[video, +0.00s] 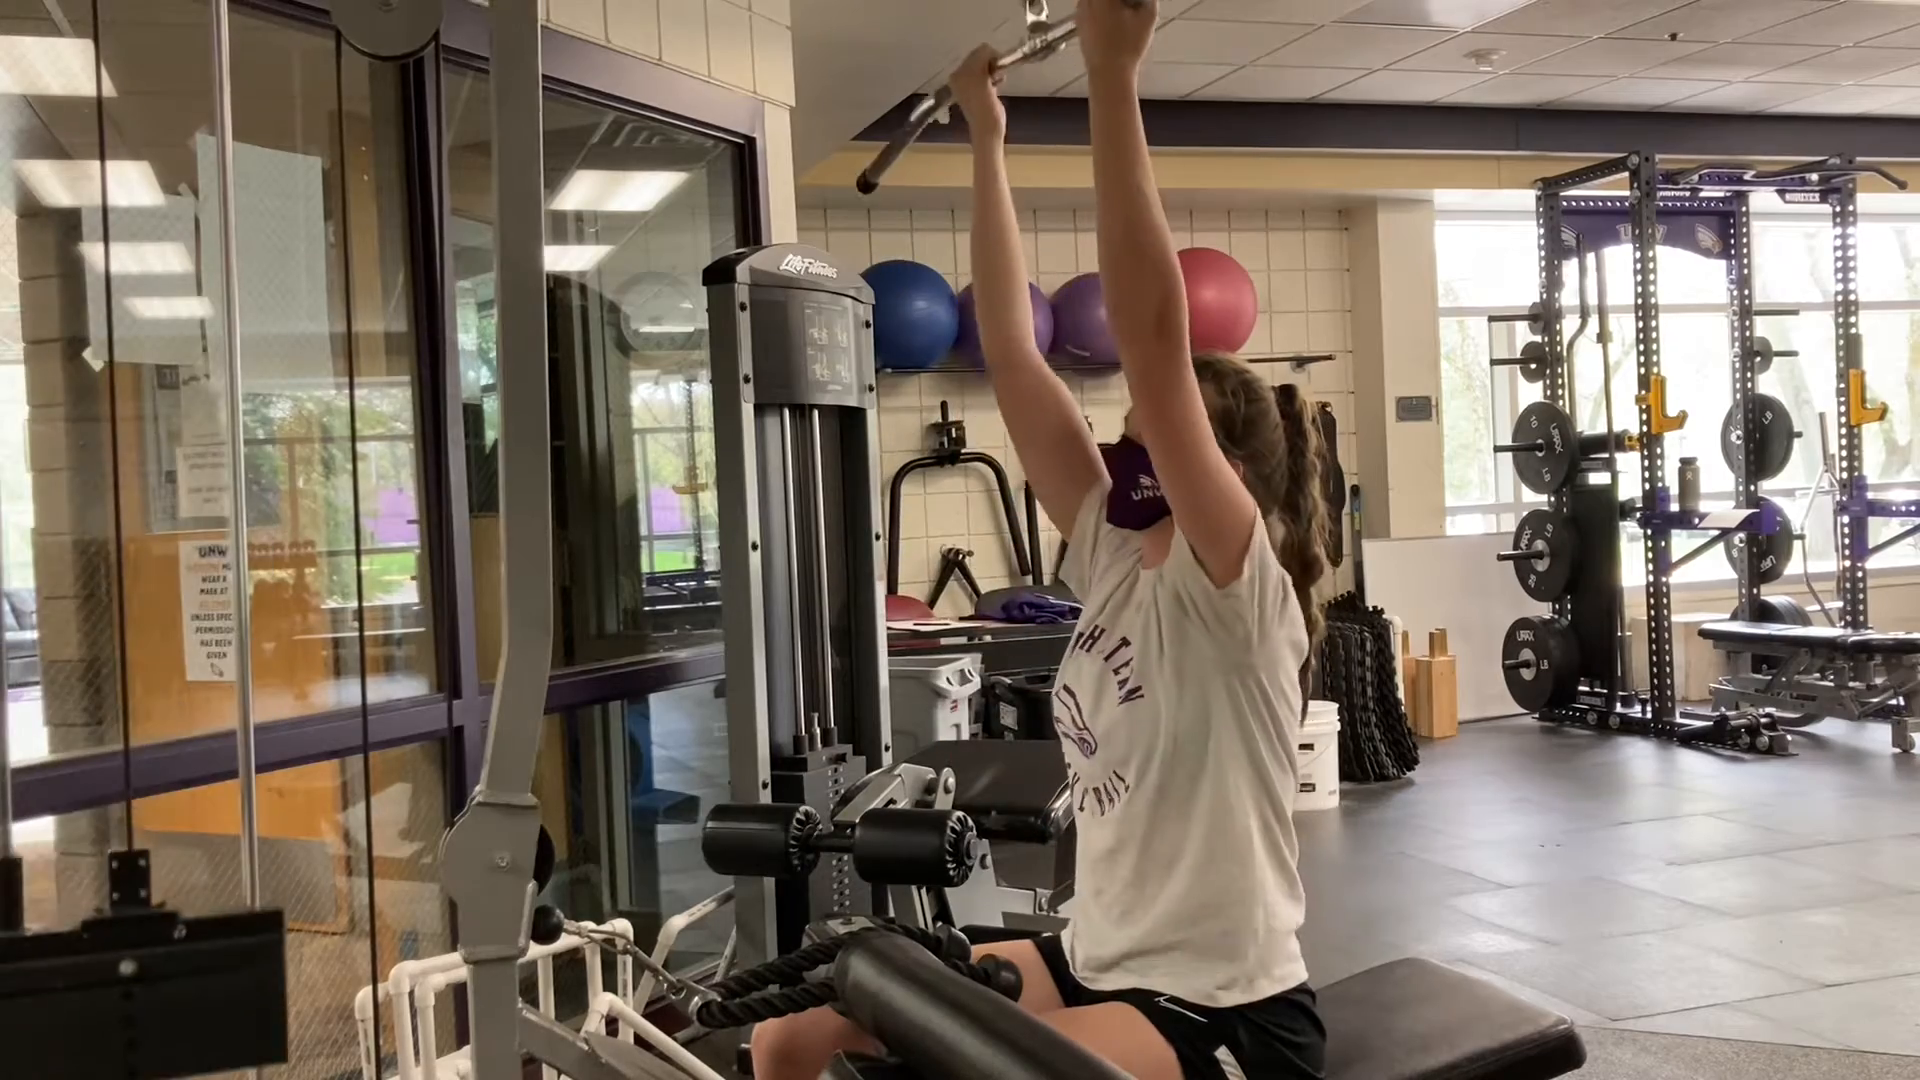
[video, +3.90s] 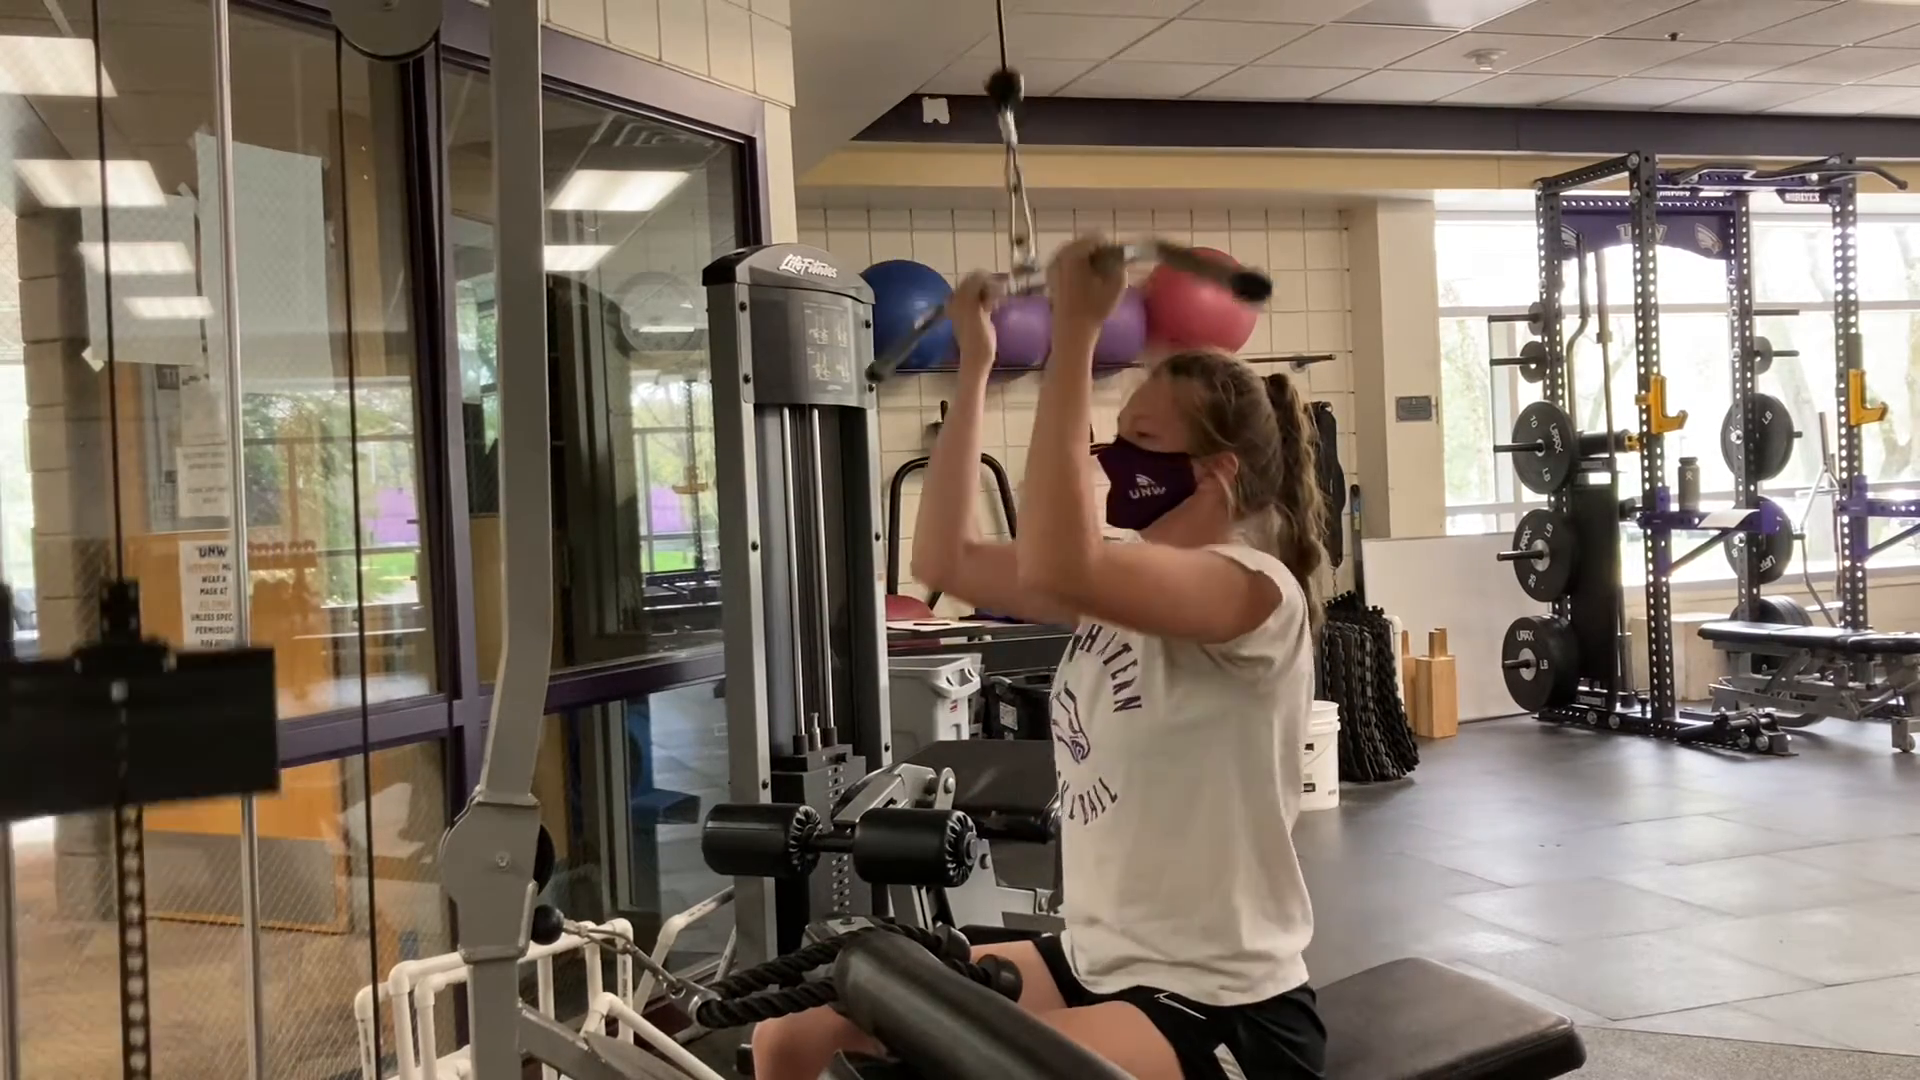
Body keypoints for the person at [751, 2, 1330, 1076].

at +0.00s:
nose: (1141, 436)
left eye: (1174, 412)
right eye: (1147, 415)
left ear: (1230, 452)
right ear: (1147, 436)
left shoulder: (1242, 581)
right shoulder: (1104, 550)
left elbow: (1153, 343)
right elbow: (1011, 349)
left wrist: (1112, 75)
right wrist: (984, 133)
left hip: (1223, 1010)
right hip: (1094, 971)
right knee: (790, 1045)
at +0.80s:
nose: (1112, 465)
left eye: (1139, 453)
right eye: (1112, 443)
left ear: (1213, 480)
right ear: (1096, 436)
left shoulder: (1246, 588)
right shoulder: (1102, 566)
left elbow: (1073, 488)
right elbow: (942, 488)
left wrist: (1086, 243)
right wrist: (971, 293)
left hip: (1224, 1007)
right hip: (1095, 963)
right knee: (789, 1038)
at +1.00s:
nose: (1114, 467)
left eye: (1144, 450)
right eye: (1116, 444)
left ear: (1221, 474)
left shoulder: (1260, 597)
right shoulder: (1114, 574)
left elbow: (1071, 612)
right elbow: (939, 593)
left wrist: (1090, 375)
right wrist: (969, 410)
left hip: (1227, 1008)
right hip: (1091, 961)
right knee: (792, 1038)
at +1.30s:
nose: (1122, 463)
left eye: (1151, 448)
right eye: (1123, 443)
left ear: (1228, 475)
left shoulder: (1261, 608)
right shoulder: (1129, 599)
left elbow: (1114, 783)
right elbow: (987, 750)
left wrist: (1110, 549)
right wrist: (986, 560)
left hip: (1222, 1002)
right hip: (1093, 958)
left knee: (971, 1067)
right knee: (787, 1043)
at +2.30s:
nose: (1124, 469)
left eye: (1153, 454)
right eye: (1128, 448)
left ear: (1231, 481)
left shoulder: (1259, 604)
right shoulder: (1119, 596)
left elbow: (1098, 617)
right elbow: (945, 609)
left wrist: (1095, 384)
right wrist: (979, 420)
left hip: (1225, 1011)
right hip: (1091, 964)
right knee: (788, 1039)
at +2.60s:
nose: (1131, 451)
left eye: (1157, 441)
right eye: (1131, 434)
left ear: (1226, 481)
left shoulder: (1251, 593)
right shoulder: (1106, 572)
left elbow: (1099, 452)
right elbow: (962, 481)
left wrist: (1100, 217)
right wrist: (981, 278)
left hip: (1222, 1013)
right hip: (1088, 967)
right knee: (788, 1041)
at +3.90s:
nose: (1107, 465)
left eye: (1138, 449)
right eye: (1111, 445)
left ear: (1219, 475)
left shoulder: (1250, 588)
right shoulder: (1114, 577)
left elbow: (1063, 566)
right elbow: (944, 561)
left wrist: (1074, 337)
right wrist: (974, 375)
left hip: (1225, 1006)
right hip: (1094, 960)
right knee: (795, 1033)